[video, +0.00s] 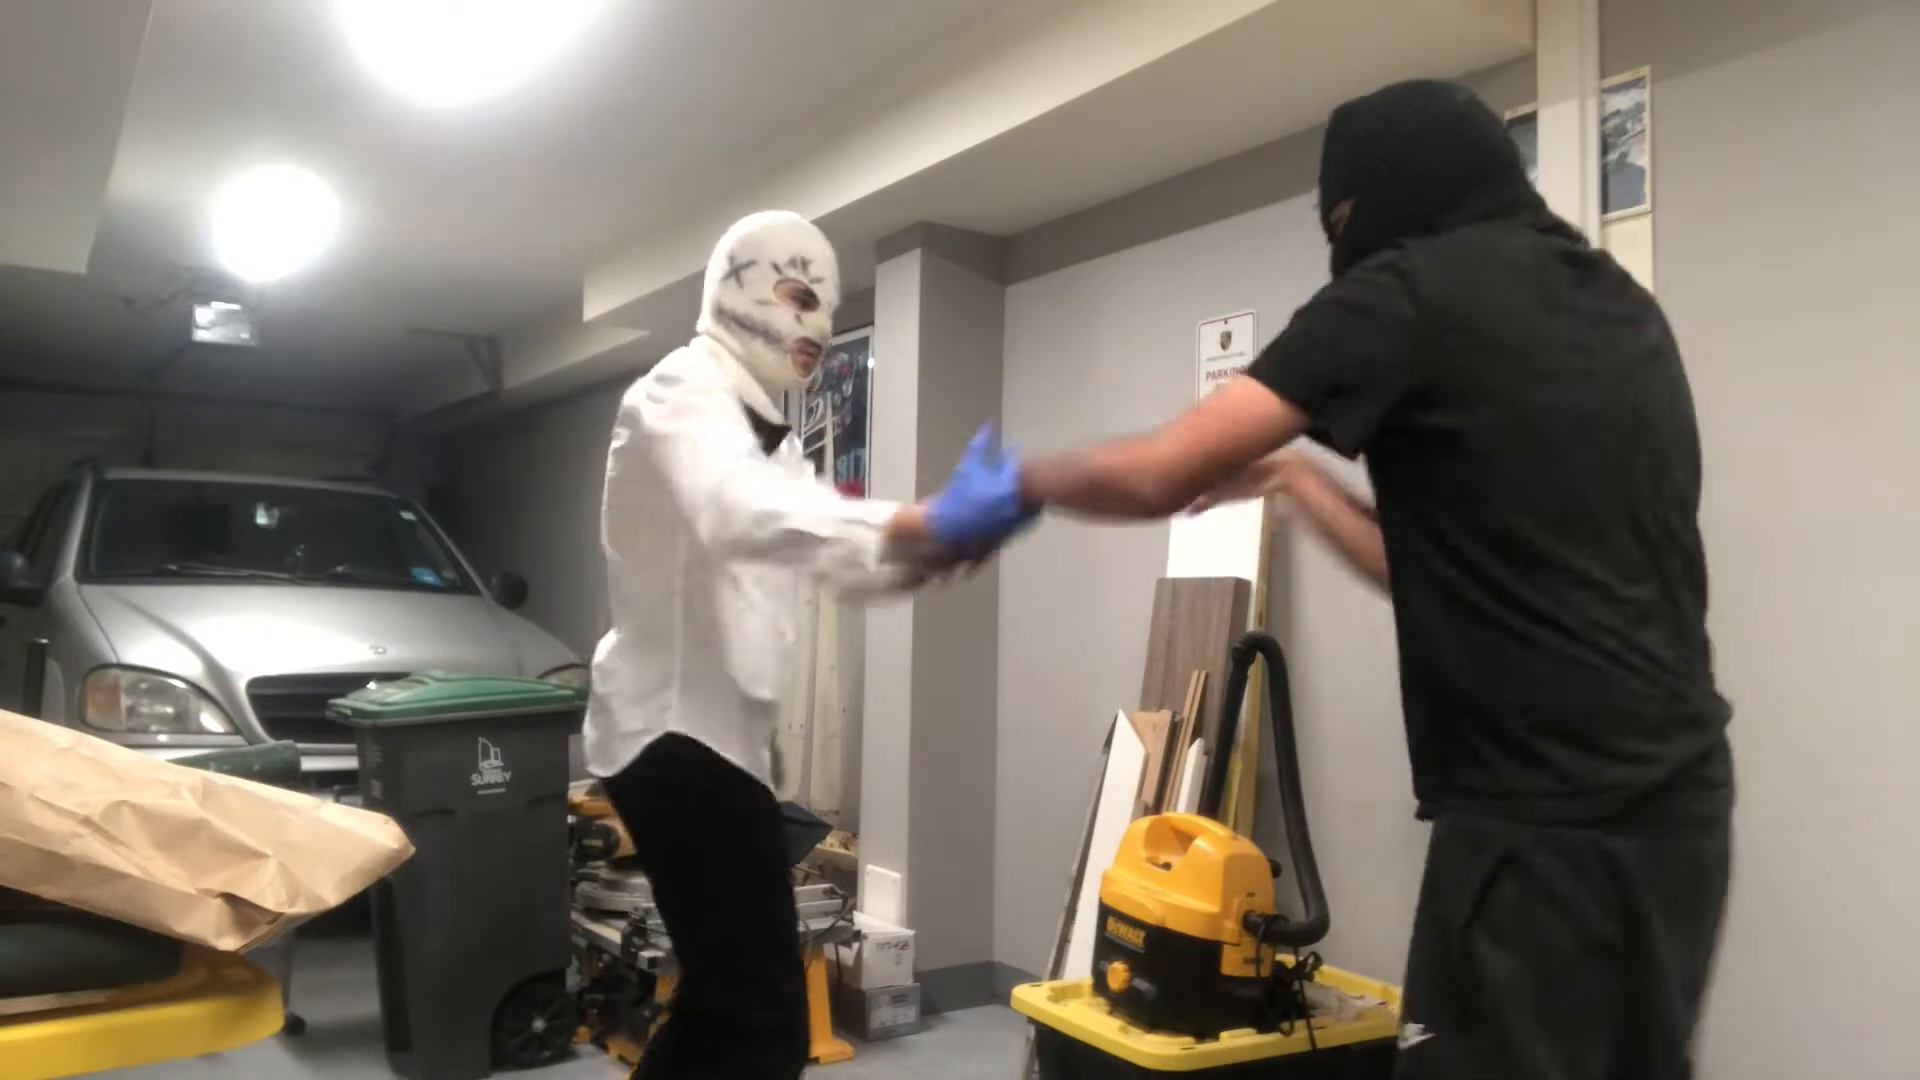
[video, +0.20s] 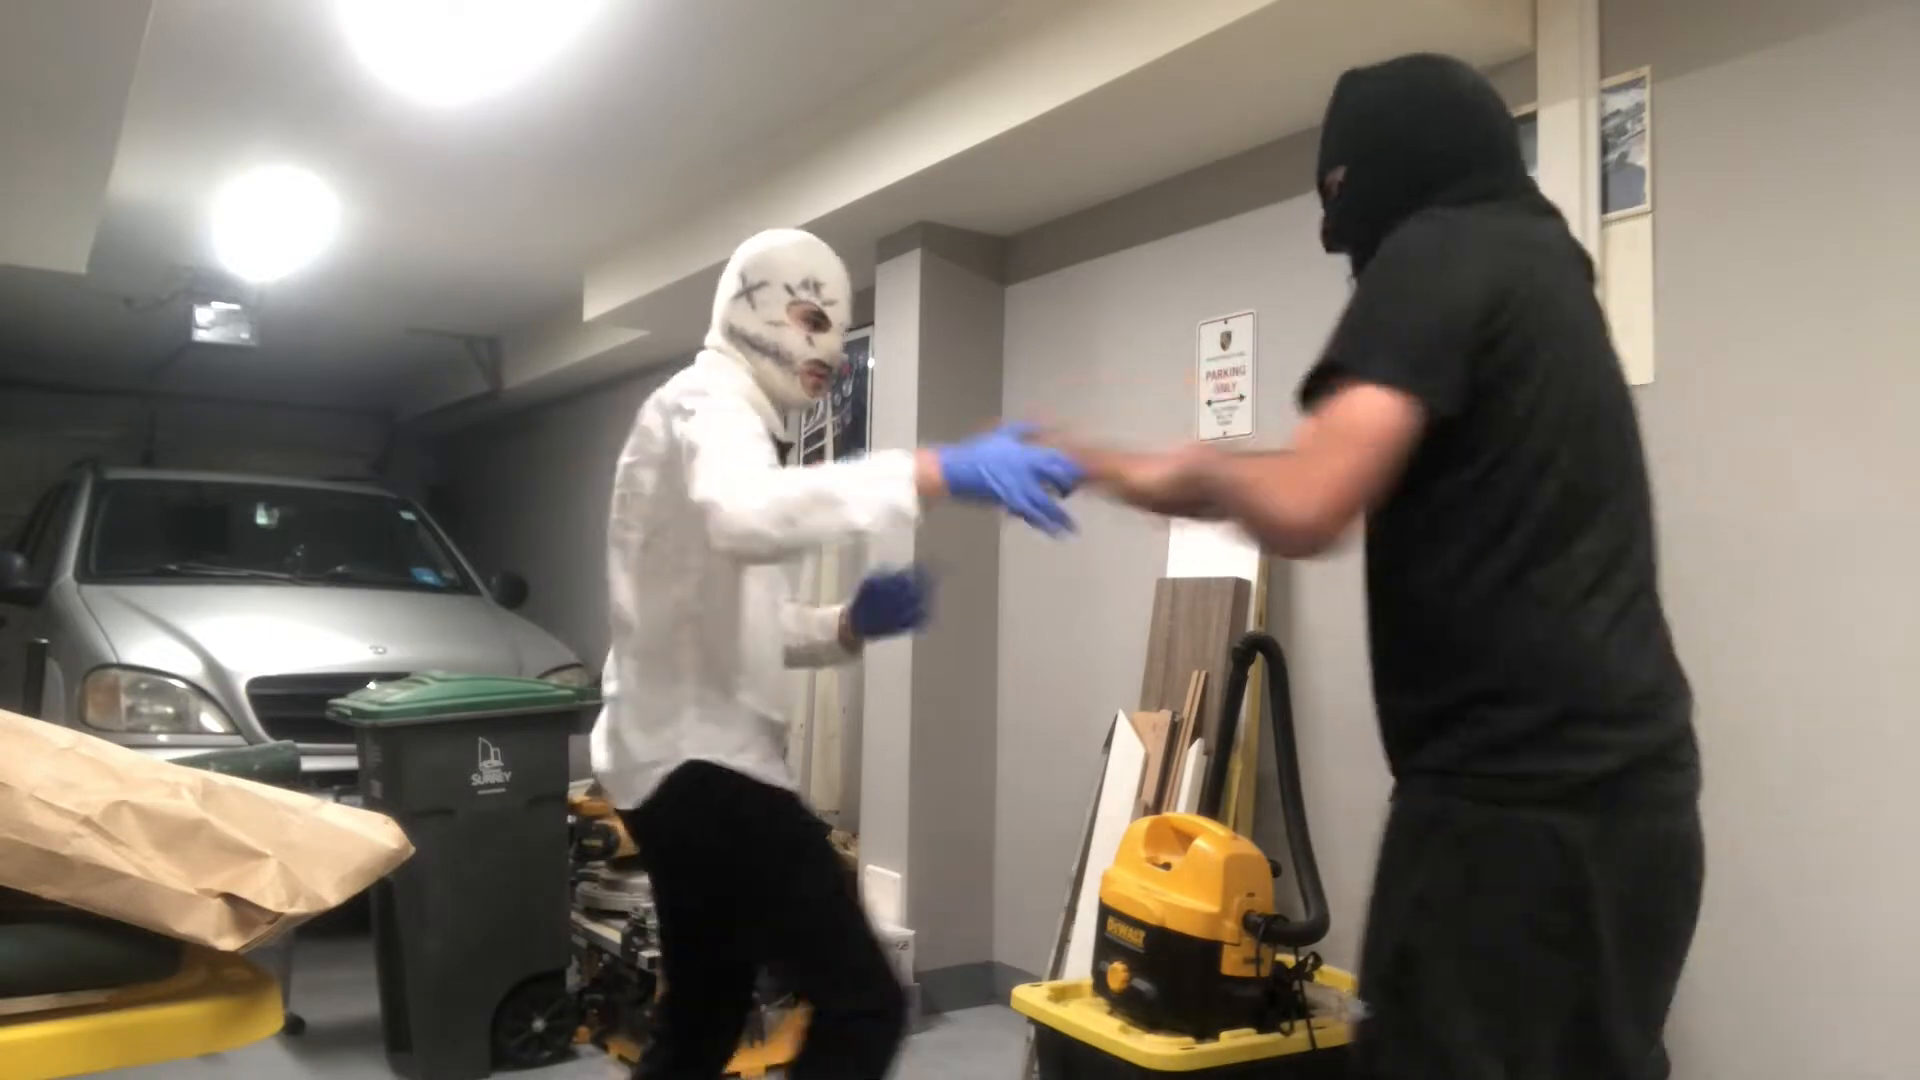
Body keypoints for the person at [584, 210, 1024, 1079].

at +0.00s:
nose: (816, 319)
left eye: (824, 303)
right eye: (796, 294)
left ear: (829, 314)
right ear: (734, 291)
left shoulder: (761, 433)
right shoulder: (682, 391)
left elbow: (833, 565)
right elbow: (731, 514)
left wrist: (937, 549)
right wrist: (899, 524)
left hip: (728, 741)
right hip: (671, 738)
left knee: (731, 1005)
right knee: (757, 1012)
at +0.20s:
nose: (831, 353)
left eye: (838, 332)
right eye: (817, 324)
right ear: (761, 311)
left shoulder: (711, 413)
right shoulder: (713, 403)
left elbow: (724, 623)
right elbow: (738, 516)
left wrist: (846, 625)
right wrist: (937, 470)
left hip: (679, 755)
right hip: (703, 759)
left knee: (703, 1012)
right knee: (863, 1004)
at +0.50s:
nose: (876, 343)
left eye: (884, 326)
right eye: (856, 316)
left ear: (886, 335)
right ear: (800, 317)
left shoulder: (783, 421)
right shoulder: (764, 406)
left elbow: (838, 636)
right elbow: (812, 512)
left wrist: (944, 574)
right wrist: (930, 378)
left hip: (738, 777)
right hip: (802, 772)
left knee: (731, 1029)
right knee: (925, 1043)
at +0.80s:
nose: (843, 333)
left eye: (852, 315)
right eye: (820, 307)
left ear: (863, 330)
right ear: (760, 309)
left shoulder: (799, 446)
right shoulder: (720, 416)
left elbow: (856, 592)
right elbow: (841, 513)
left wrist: (985, 595)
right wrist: (1035, 424)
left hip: (812, 770)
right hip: (772, 769)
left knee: (746, 1033)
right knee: (911, 1047)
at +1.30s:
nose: (820, 345)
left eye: (835, 335)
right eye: (800, 320)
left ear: (843, 357)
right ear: (749, 325)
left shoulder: (770, 455)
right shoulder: (713, 420)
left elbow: (856, 603)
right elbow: (765, 541)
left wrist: (938, 521)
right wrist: (940, 458)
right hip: (758, 766)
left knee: (735, 1031)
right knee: (917, 1045)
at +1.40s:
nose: (798, 349)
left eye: (810, 335)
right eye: (778, 324)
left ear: (815, 352)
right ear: (723, 328)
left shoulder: (775, 469)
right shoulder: (669, 430)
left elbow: (861, 556)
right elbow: (721, 539)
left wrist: (980, 530)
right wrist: (890, 500)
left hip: (784, 763)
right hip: (726, 764)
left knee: (751, 1025)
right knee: (898, 1015)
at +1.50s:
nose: (785, 341)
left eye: (798, 328)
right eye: (764, 318)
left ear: (806, 347)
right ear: (712, 324)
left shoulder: (791, 472)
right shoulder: (659, 433)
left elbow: (863, 554)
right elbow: (679, 585)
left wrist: (966, 593)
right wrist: (823, 531)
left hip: (788, 767)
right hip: (725, 767)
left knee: (754, 1024)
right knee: (892, 1008)